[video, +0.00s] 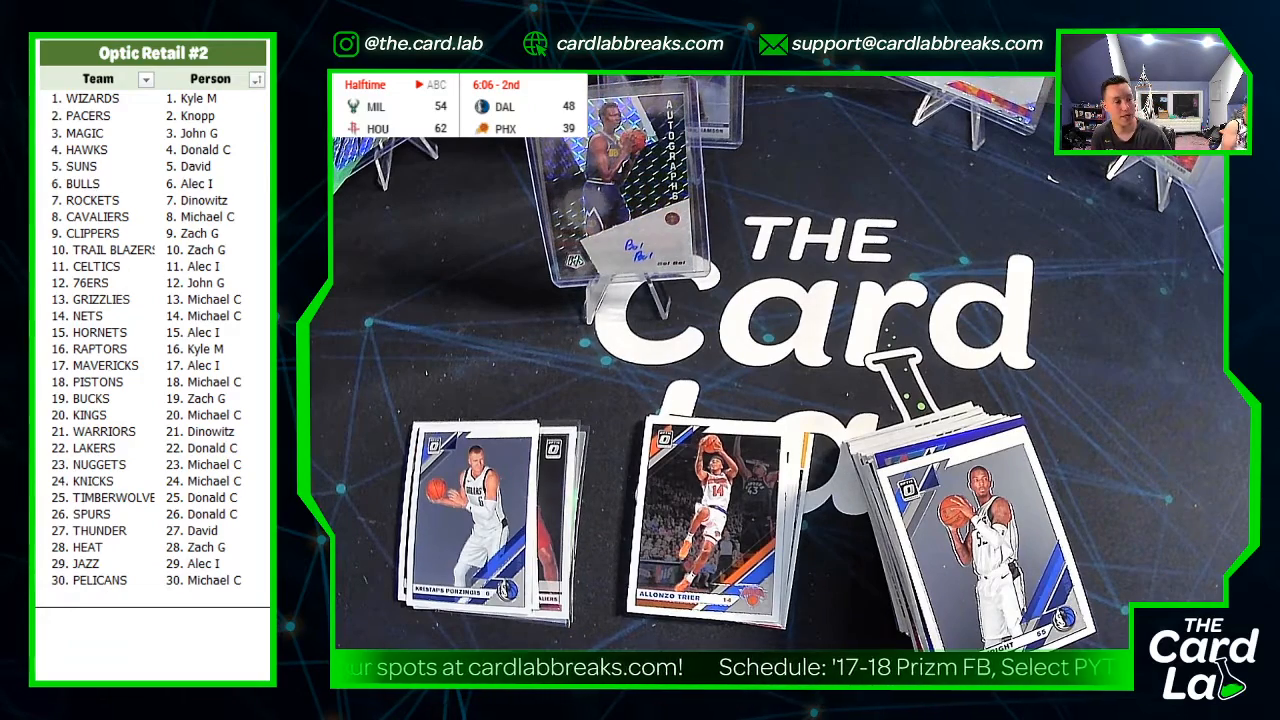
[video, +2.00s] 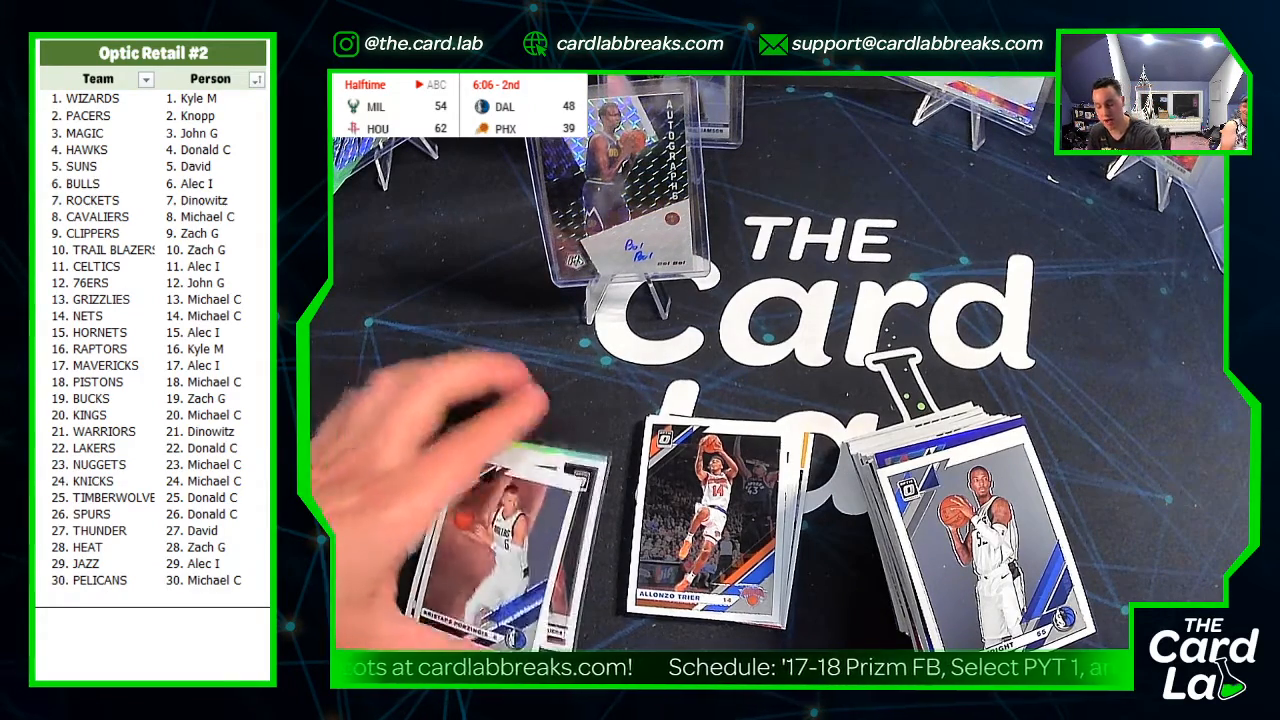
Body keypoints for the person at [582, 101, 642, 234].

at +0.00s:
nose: (618, 118)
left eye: (618, 114)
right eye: (613, 115)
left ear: (620, 116)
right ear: (604, 118)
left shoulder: (616, 140)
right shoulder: (598, 140)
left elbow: (620, 177)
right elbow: (606, 175)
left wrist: (633, 157)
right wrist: (624, 152)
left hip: (612, 188)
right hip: (597, 190)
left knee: (626, 230)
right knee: (597, 236)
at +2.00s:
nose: (617, 118)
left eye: (618, 114)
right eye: (613, 115)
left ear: (620, 117)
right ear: (603, 118)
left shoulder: (616, 141)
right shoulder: (598, 140)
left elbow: (622, 173)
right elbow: (606, 176)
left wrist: (633, 153)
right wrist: (624, 154)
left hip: (613, 189)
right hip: (597, 191)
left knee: (624, 229)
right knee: (599, 234)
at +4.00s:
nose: (615, 118)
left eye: (617, 115)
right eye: (611, 115)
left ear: (620, 118)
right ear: (602, 118)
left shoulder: (617, 142)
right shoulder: (598, 141)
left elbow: (620, 179)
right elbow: (607, 176)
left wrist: (633, 155)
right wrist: (624, 155)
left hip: (612, 189)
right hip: (596, 191)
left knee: (624, 229)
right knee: (598, 236)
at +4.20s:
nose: (616, 119)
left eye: (618, 115)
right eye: (612, 115)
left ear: (620, 118)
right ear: (602, 118)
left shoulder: (617, 142)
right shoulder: (598, 140)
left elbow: (619, 179)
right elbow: (606, 176)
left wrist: (632, 157)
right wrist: (624, 154)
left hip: (611, 189)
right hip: (597, 190)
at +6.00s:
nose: (617, 118)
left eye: (618, 115)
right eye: (612, 116)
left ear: (620, 117)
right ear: (603, 119)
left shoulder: (618, 141)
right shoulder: (598, 141)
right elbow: (607, 176)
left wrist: (633, 155)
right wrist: (624, 155)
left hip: (613, 189)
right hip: (597, 191)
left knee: (624, 227)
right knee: (601, 233)